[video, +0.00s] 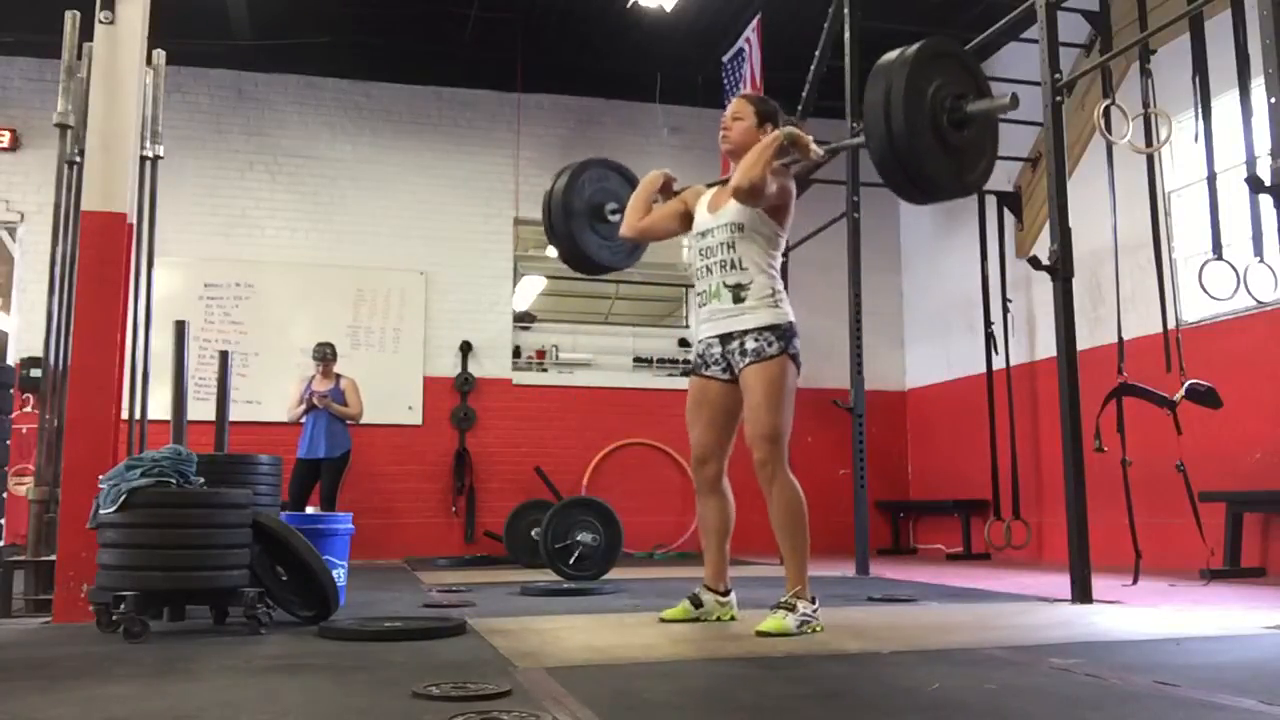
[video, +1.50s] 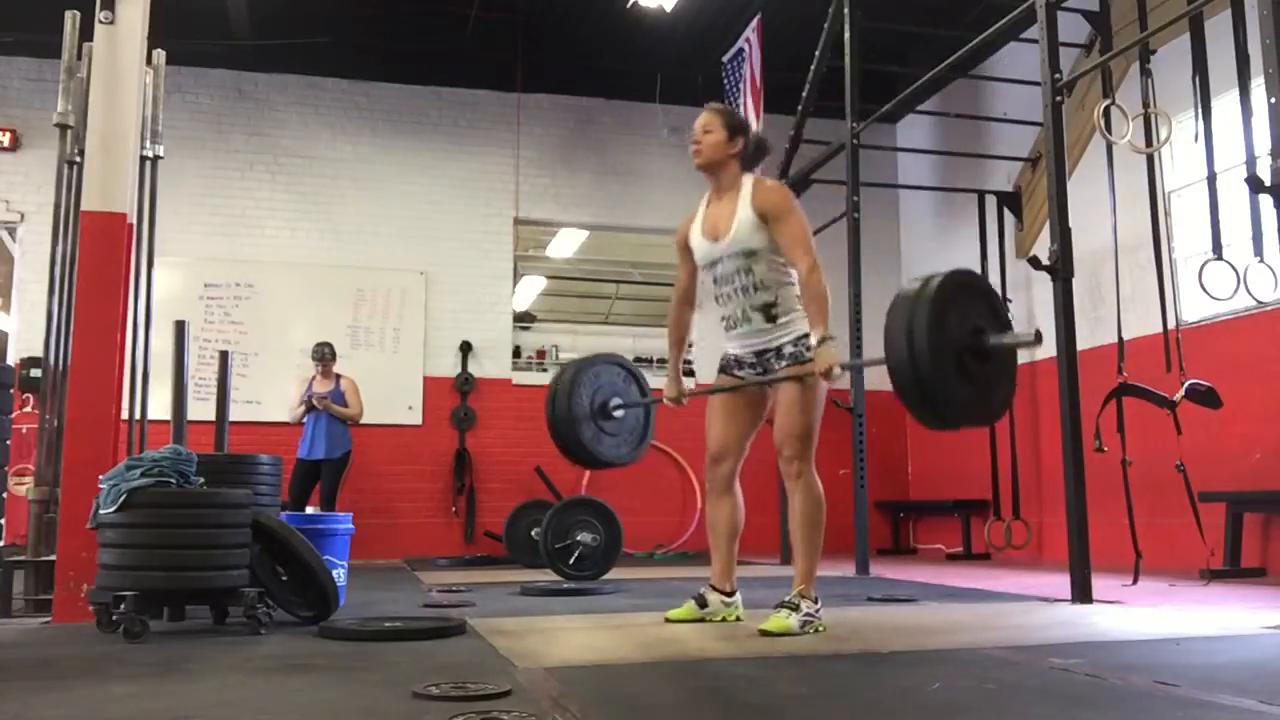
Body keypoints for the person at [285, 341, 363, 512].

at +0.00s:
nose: (322, 370)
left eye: (326, 365)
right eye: (318, 365)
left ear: (334, 362)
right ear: (314, 362)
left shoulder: (346, 383)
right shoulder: (306, 383)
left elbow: (356, 415)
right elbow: (290, 417)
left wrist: (329, 405)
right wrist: (305, 405)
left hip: (335, 450)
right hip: (308, 449)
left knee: (327, 500)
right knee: (295, 499)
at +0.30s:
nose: (322, 369)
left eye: (326, 365)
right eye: (318, 365)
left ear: (334, 362)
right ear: (313, 363)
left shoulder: (346, 383)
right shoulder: (307, 383)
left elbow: (356, 415)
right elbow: (292, 417)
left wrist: (329, 405)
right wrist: (306, 406)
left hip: (336, 450)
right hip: (309, 449)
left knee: (327, 501)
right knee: (296, 498)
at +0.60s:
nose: (321, 369)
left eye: (325, 365)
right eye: (317, 365)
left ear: (334, 362)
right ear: (313, 363)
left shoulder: (346, 383)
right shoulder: (307, 383)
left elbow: (357, 415)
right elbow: (292, 417)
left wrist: (329, 406)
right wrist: (305, 407)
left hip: (336, 450)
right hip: (309, 449)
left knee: (327, 502)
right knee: (296, 499)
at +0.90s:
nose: (321, 369)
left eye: (325, 365)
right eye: (317, 365)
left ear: (333, 362)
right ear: (313, 363)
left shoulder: (346, 383)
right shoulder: (306, 383)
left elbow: (356, 415)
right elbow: (293, 417)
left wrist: (329, 406)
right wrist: (305, 407)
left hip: (336, 449)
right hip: (309, 449)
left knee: (327, 502)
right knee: (296, 499)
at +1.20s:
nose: (321, 370)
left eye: (325, 365)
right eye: (317, 365)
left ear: (333, 362)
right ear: (313, 363)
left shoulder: (346, 383)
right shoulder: (306, 383)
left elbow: (356, 415)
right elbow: (293, 417)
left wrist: (329, 406)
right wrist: (305, 406)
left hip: (336, 450)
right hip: (309, 450)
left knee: (327, 502)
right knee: (295, 500)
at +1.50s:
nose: (321, 370)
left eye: (325, 365)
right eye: (317, 365)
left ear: (334, 362)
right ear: (313, 363)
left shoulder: (346, 383)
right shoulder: (306, 383)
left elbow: (356, 415)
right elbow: (292, 417)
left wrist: (329, 406)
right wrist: (306, 405)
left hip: (336, 450)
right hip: (309, 450)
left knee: (327, 502)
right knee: (295, 500)